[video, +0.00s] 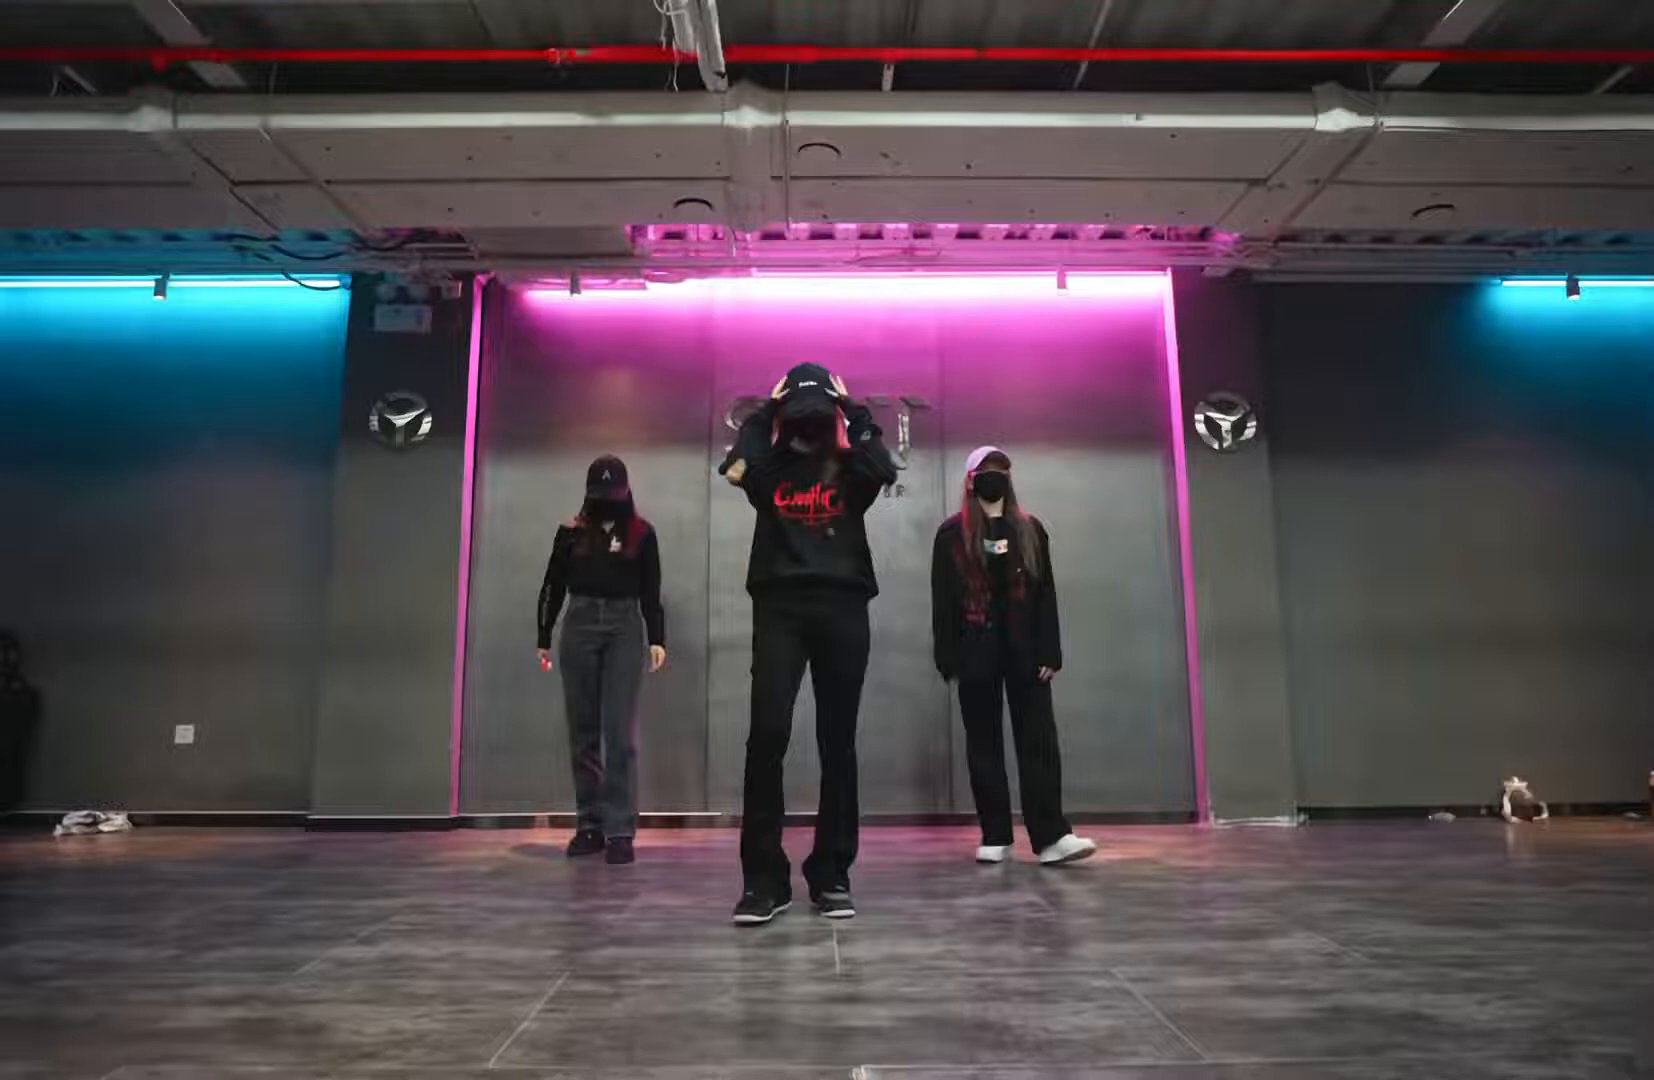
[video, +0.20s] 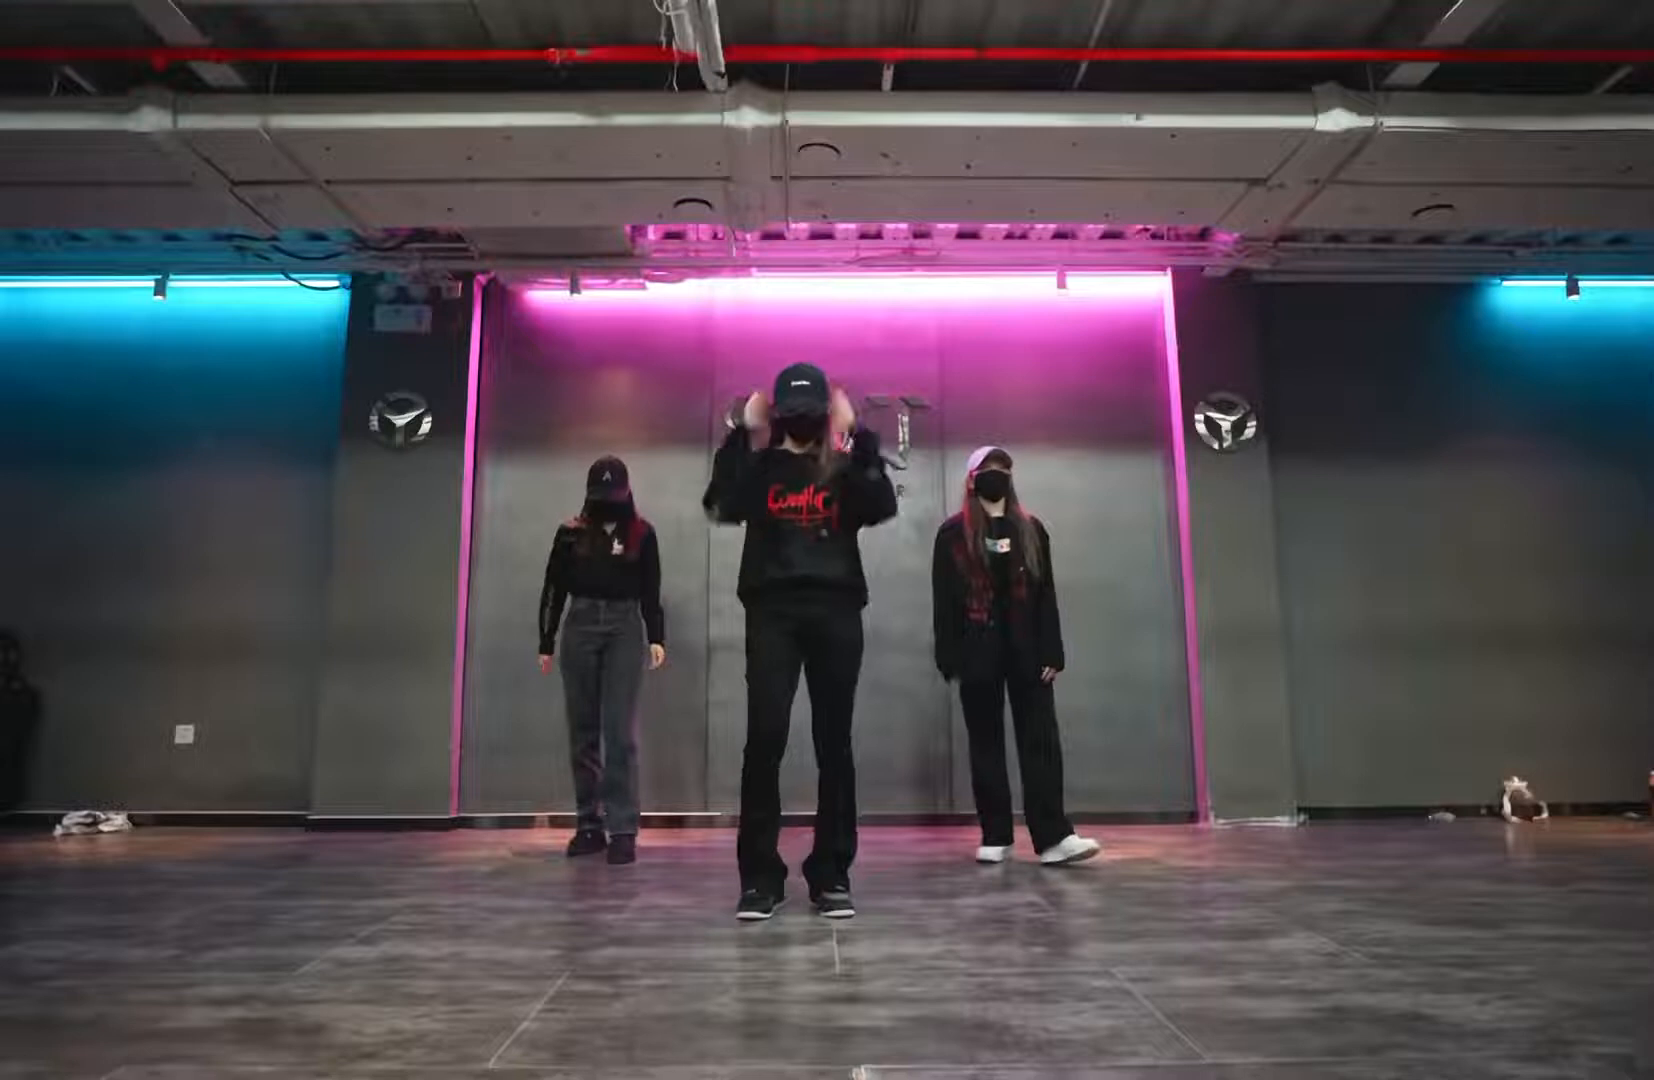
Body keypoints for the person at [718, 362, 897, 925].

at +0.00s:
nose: (809, 422)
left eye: (818, 413)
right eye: (800, 413)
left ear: (837, 413)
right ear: (783, 416)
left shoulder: (853, 460)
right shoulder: (767, 462)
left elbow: (883, 469)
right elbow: (743, 467)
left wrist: (852, 411)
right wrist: (767, 410)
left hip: (842, 612)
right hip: (778, 612)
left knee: (837, 745)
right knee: (766, 743)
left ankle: (832, 878)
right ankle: (764, 883)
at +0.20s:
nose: (800, 425)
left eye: (810, 416)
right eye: (791, 416)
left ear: (826, 409)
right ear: (777, 410)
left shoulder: (852, 453)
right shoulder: (753, 455)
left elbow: (881, 509)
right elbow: (724, 507)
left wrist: (853, 440)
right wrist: (747, 436)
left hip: (835, 614)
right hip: (771, 614)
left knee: (833, 745)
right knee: (764, 744)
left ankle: (832, 878)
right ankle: (760, 882)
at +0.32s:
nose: (793, 418)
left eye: (802, 409)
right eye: (785, 409)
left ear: (817, 407)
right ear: (771, 407)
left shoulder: (839, 466)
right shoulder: (746, 464)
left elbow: (875, 533)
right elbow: (708, 534)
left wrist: (866, 525)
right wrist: (717, 523)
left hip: (827, 618)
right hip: (762, 618)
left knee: (828, 746)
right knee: (759, 747)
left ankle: (831, 877)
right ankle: (760, 882)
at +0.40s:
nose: (788, 414)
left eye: (797, 405)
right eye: (780, 405)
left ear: (811, 403)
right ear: (766, 404)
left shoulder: (833, 466)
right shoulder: (740, 465)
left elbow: (859, 526)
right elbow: (714, 531)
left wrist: (872, 570)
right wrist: (703, 577)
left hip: (822, 615)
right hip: (757, 615)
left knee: (824, 743)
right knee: (758, 745)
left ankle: (831, 876)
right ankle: (760, 881)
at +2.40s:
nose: (851, 390)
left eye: (860, 381)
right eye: (841, 381)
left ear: (874, 389)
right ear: (825, 391)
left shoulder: (896, 462)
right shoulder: (801, 457)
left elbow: (923, 535)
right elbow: (780, 538)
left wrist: (931, 592)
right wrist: (780, 609)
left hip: (881, 616)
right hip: (815, 614)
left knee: (876, 747)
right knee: (799, 745)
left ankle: (870, 882)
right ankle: (811, 872)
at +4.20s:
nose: (839, 411)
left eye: (848, 403)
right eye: (829, 403)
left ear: (861, 412)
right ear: (811, 410)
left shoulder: (877, 483)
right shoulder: (784, 473)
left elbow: (899, 557)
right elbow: (776, 550)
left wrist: (935, 606)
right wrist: (812, 590)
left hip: (865, 633)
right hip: (802, 632)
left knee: (871, 755)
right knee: (787, 763)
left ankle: (881, 868)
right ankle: (830, 832)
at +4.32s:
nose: (824, 413)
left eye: (834, 403)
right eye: (814, 403)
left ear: (847, 410)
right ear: (798, 410)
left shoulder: (865, 479)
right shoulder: (772, 475)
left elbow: (909, 532)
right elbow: (748, 544)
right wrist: (694, 564)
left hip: (853, 643)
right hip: (786, 641)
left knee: (871, 763)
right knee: (734, 741)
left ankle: (880, 874)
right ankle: (721, 871)